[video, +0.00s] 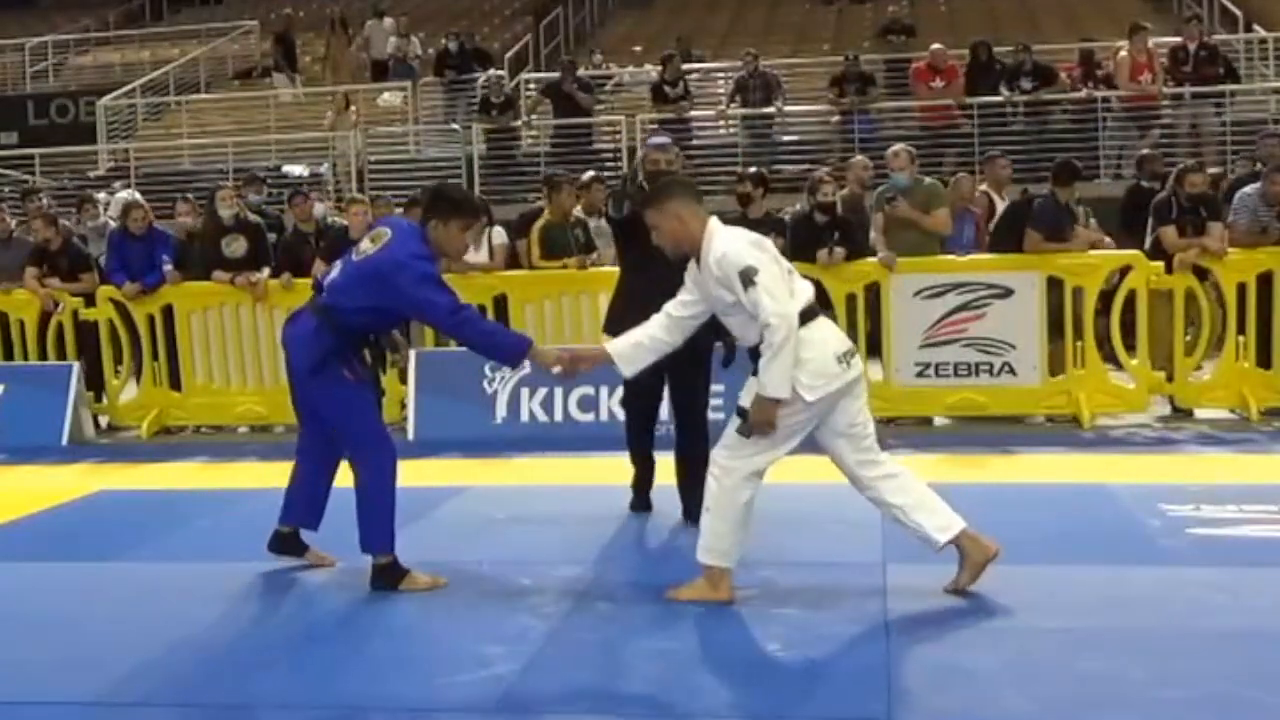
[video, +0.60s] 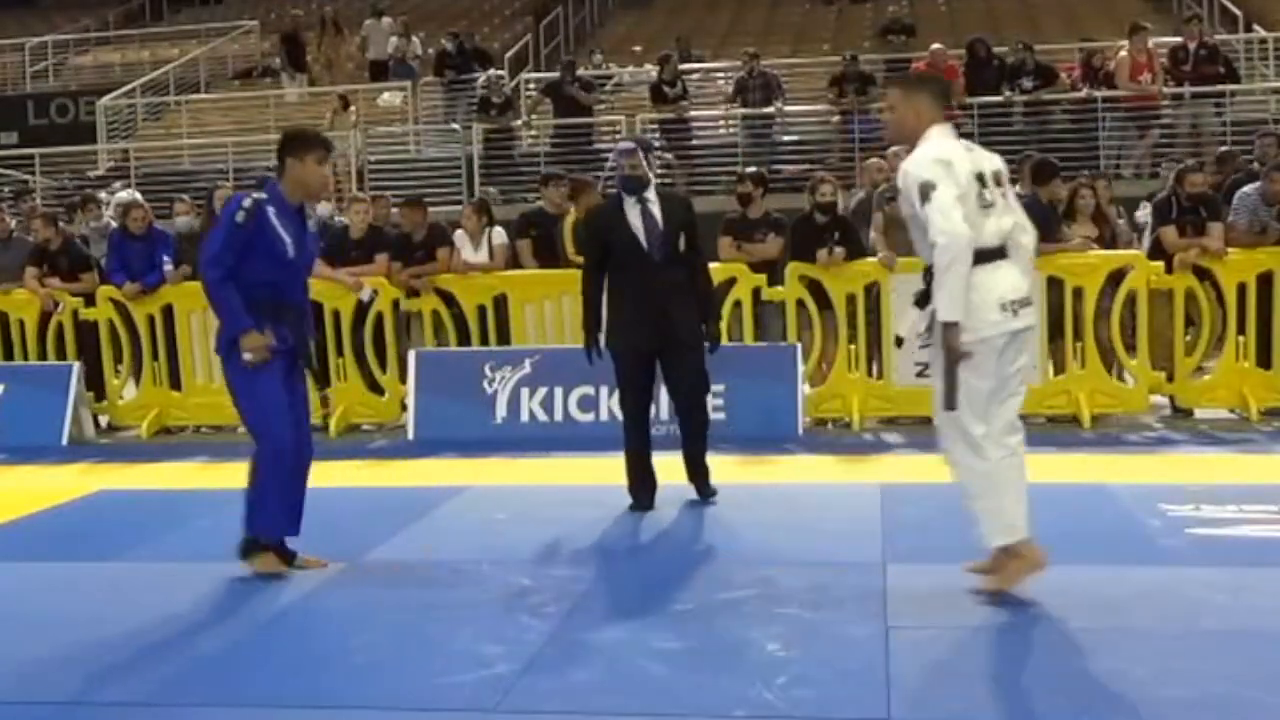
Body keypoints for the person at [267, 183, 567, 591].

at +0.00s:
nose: (470, 243)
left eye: (473, 233)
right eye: (465, 232)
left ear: (434, 223)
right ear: (437, 225)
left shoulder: (398, 230)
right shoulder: (407, 267)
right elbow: (459, 321)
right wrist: (533, 351)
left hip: (308, 332)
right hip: (327, 347)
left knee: (321, 439)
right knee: (376, 452)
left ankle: (288, 533)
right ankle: (385, 566)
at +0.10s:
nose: (455, 225)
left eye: (455, 216)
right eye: (450, 215)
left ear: (419, 212)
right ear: (423, 212)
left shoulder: (382, 226)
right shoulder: (394, 258)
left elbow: (340, 276)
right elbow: (441, 316)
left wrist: (364, 328)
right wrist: (499, 354)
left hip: (309, 333)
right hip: (321, 347)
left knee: (332, 442)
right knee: (376, 450)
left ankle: (287, 529)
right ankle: (385, 565)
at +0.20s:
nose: (431, 212)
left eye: (432, 202)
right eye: (424, 202)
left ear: (395, 202)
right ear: (396, 201)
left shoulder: (362, 226)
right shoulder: (371, 242)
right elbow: (388, 315)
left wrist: (397, 290)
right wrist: (438, 357)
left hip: (311, 343)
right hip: (322, 351)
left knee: (339, 449)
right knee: (377, 450)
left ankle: (285, 533)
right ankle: (388, 565)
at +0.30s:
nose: (398, 199)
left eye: (398, 190)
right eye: (390, 190)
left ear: (372, 192)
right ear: (362, 192)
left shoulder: (358, 233)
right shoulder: (339, 234)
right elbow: (322, 301)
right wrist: (366, 360)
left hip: (313, 350)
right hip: (306, 353)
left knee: (334, 452)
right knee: (368, 452)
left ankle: (281, 541)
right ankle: (387, 564)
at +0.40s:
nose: (373, 190)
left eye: (373, 181)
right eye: (366, 180)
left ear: (345, 185)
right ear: (337, 183)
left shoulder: (337, 230)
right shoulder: (301, 227)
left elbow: (320, 295)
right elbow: (267, 288)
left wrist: (330, 340)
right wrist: (307, 345)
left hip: (311, 348)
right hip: (286, 352)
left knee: (324, 450)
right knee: (341, 452)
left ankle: (277, 545)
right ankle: (373, 556)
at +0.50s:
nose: (351, 180)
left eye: (352, 171)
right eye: (345, 170)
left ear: (326, 173)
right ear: (317, 170)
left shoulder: (322, 227)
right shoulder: (272, 214)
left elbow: (309, 295)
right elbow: (234, 275)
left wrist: (317, 347)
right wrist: (269, 332)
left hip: (305, 345)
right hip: (270, 347)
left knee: (307, 441)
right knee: (310, 440)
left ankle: (276, 541)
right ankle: (322, 551)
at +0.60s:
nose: (329, 175)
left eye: (329, 165)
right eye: (322, 164)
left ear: (302, 168)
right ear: (294, 165)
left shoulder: (302, 223)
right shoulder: (249, 207)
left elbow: (293, 287)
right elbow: (213, 268)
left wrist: (302, 340)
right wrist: (244, 329)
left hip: (287, 344)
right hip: (251, 344)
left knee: (298, 444)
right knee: (277, 439)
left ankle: (278, 540)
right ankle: (257, 540)